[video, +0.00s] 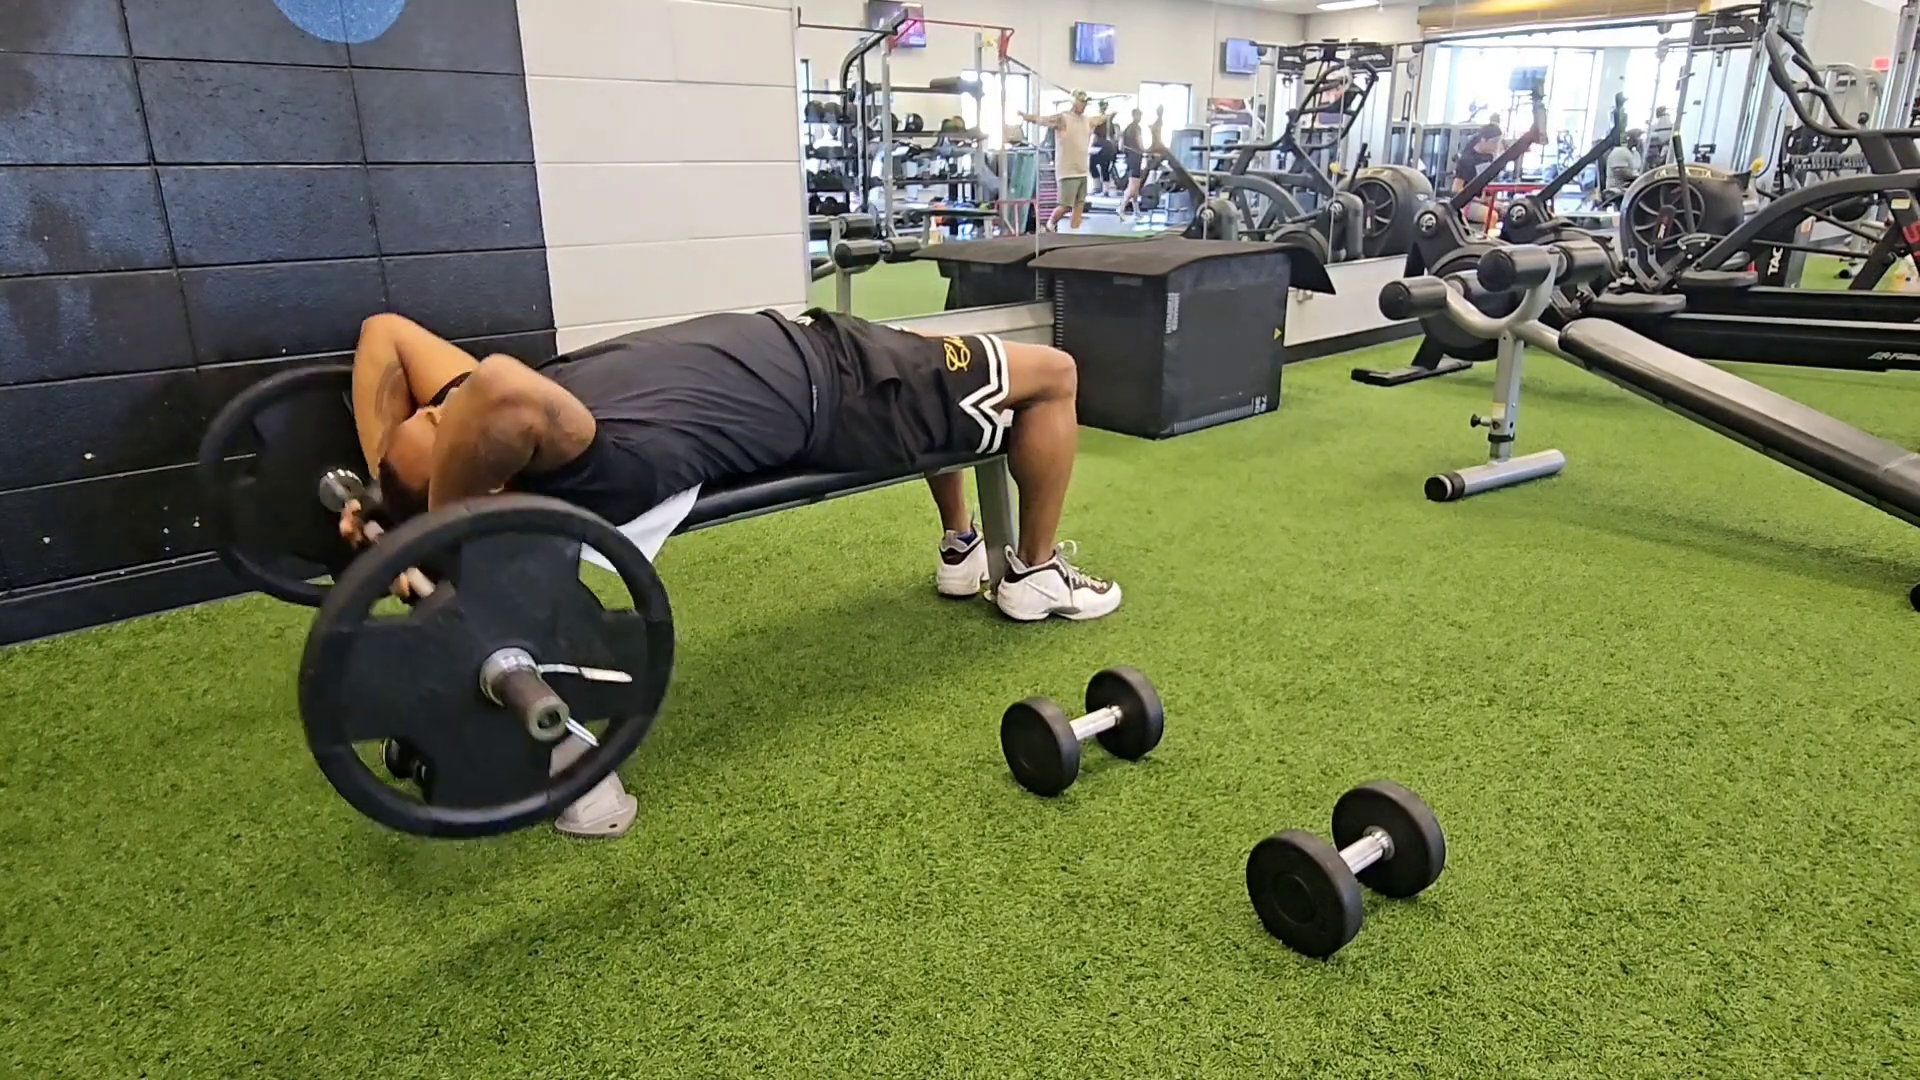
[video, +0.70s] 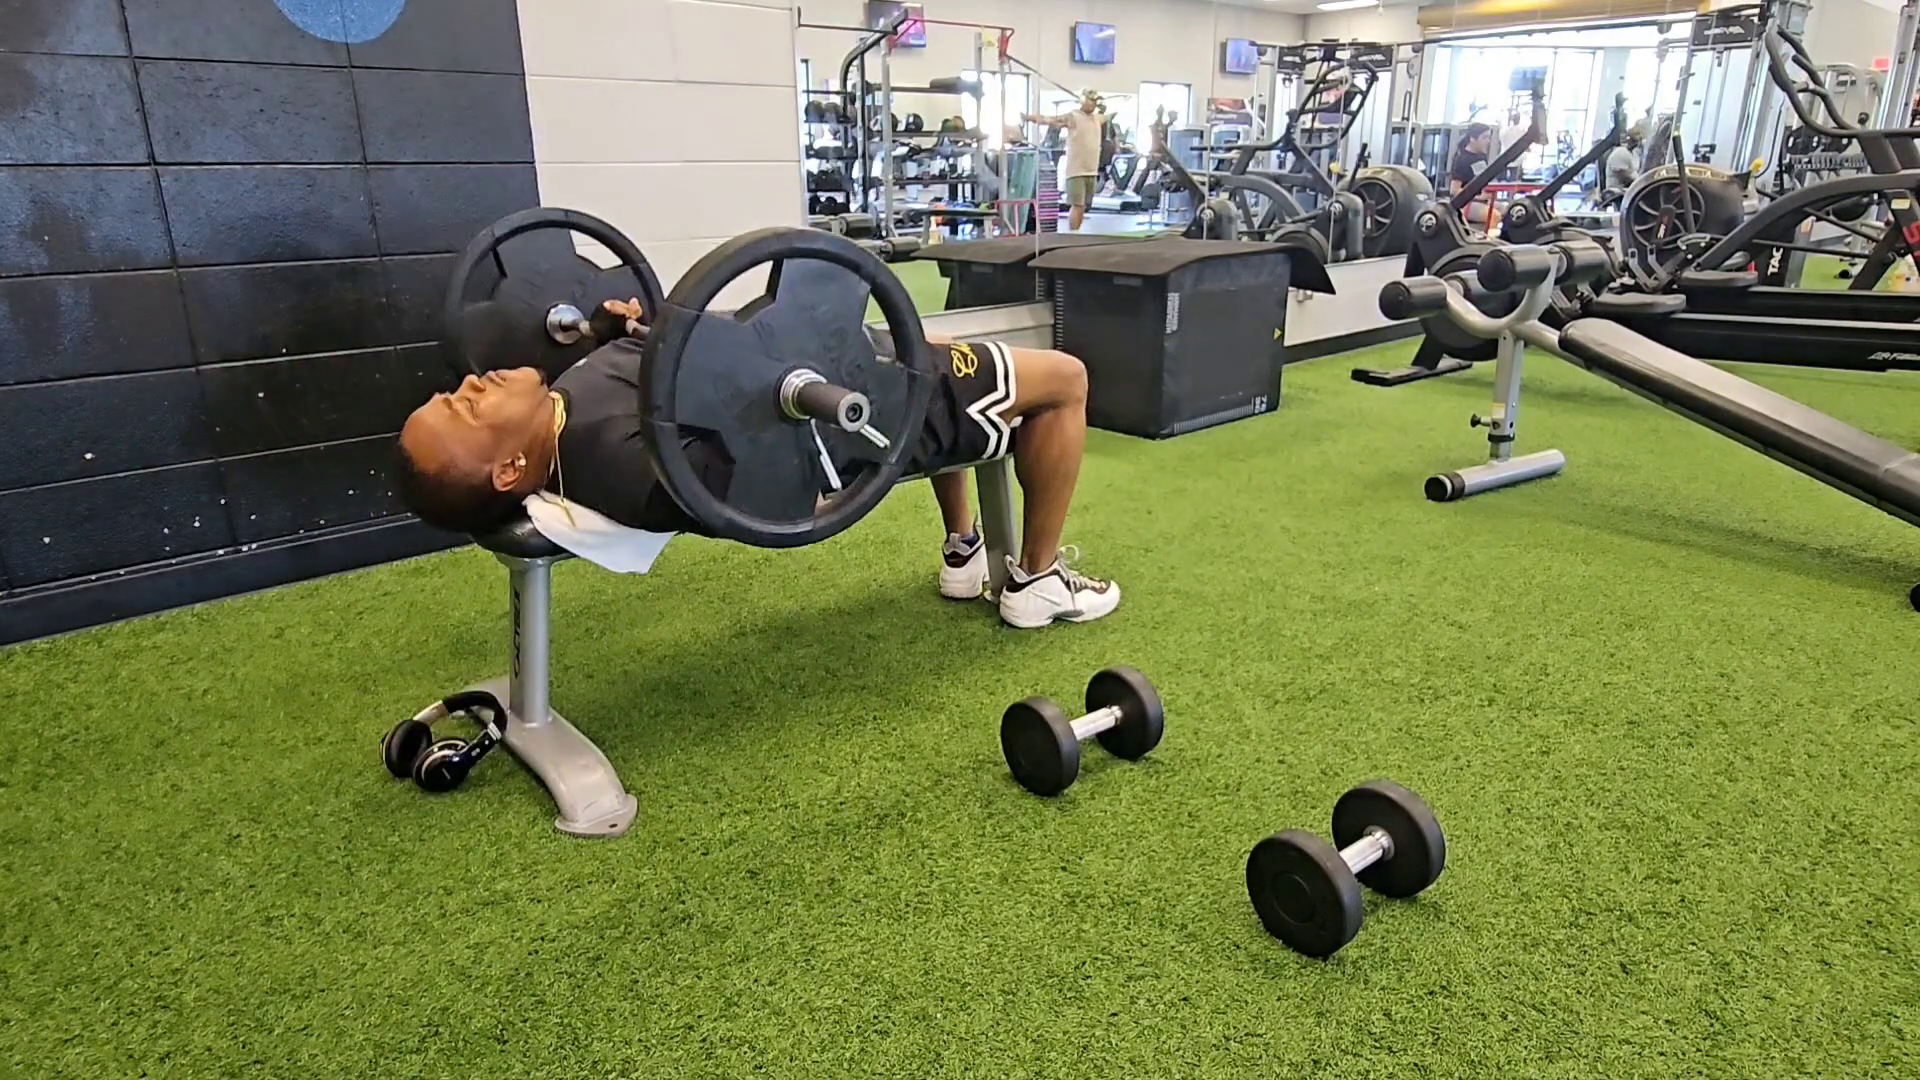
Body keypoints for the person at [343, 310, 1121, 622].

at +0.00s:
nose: (437, 400)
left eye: (420, 414)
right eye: (443, 415)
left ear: (405, 477)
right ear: (487, 479)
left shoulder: (458, 431)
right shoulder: (589, 465)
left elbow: (382, 330)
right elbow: (506, 392)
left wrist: (381, 477)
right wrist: (427, 532)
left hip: (775, 340)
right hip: (831, 381)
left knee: (926, 341)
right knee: (1053, 375)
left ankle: (965, 542)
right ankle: (1035, 571)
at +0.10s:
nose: (404, 425)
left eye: (384, 432)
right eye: (395, 444)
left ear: (377, 444)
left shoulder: (452, 415)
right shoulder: (586, 447)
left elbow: (412, 303)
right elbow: (525, 342)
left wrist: (376, 442)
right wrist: (423, 462)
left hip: (771, 341)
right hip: (828, 386)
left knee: (923, 351)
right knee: (1052, 374)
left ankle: (966, 543)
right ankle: (1036, 572)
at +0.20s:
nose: (373, 408)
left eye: (366, 405)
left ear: (369, 418)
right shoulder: (598, 461)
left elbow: (467, 283)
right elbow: (582, 317)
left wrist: (377, 395)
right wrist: (435, 400)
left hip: (769, 340)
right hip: (826, 388)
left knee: (930, 352)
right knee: (1046, 372)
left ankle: (965, 542)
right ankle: (1036, 572)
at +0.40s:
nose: (444, 436)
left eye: (430, 442)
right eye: (442, 446)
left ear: (488, 480)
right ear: (497, 486)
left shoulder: (515, 418)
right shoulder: (596, 459)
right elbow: (709, 382)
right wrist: (706, 335)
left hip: (773, 345)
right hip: (819, 390)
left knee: (929, 341)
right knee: (1048, 374)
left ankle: (965, 541)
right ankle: (1040, 573)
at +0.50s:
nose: (471, 385)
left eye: (451, 398)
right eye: (464, 412)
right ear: (502, 478)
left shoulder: (545, 398)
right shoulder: (589, 462)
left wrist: (553, 316)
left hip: (789, 361)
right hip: (835, 412)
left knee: (938, 341)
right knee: (1058, 375)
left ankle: (965, 543)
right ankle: (1043, 574)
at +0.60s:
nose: (473, 381)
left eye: (452, 392)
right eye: (464, 409)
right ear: (508, 476)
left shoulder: (544, 393)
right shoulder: (609, 468)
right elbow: (724, 495)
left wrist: (610, 317)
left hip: (781, 373)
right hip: (849, 422)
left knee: (938, 340)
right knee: (1061, 375)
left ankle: (964, 544)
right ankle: (1041, 577)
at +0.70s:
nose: (473, 375)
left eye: (451, 387)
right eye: (464, 403)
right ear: (510, 472)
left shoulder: (555, 399)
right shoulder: (628, 463)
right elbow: (763, 458)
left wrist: (629, 330)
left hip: (786, 373)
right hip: (839, 430)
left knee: (930, 345)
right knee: (1065, 379)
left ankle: (965, 546)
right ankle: (1039, 578)